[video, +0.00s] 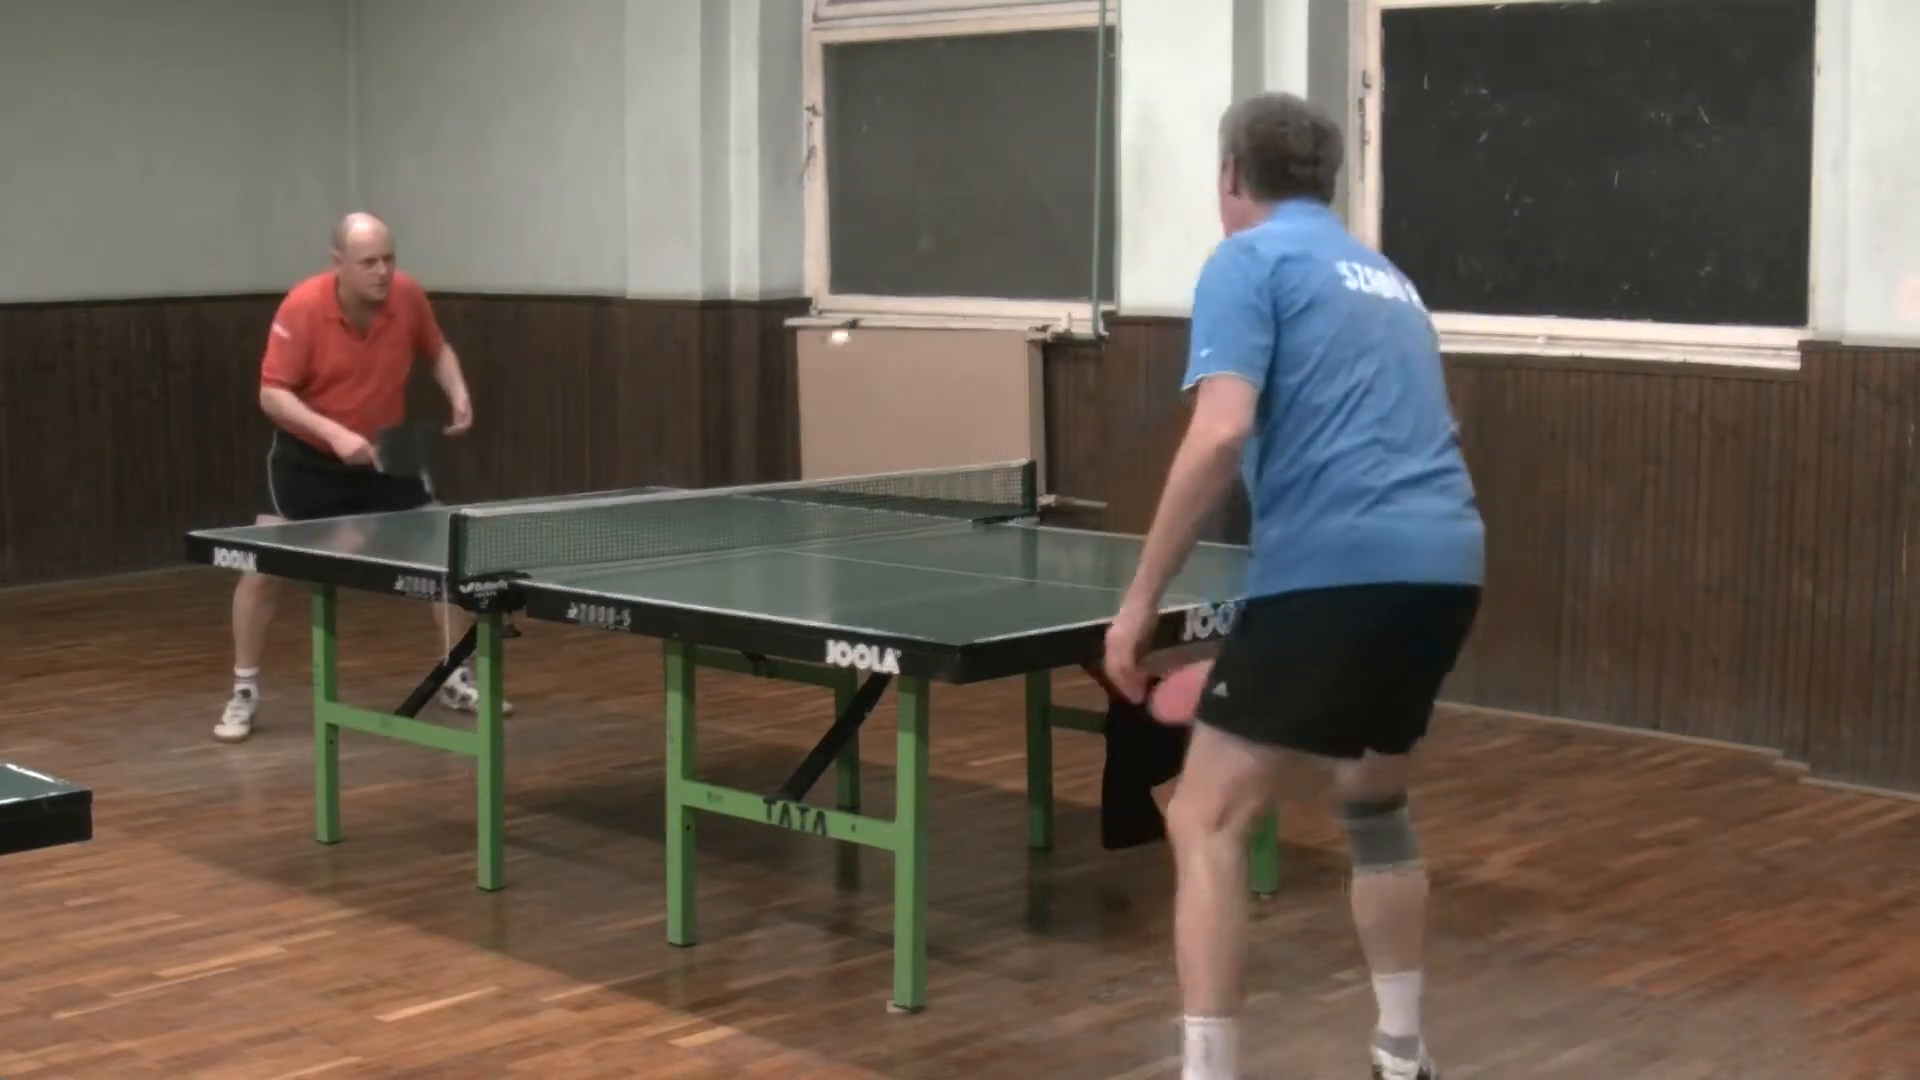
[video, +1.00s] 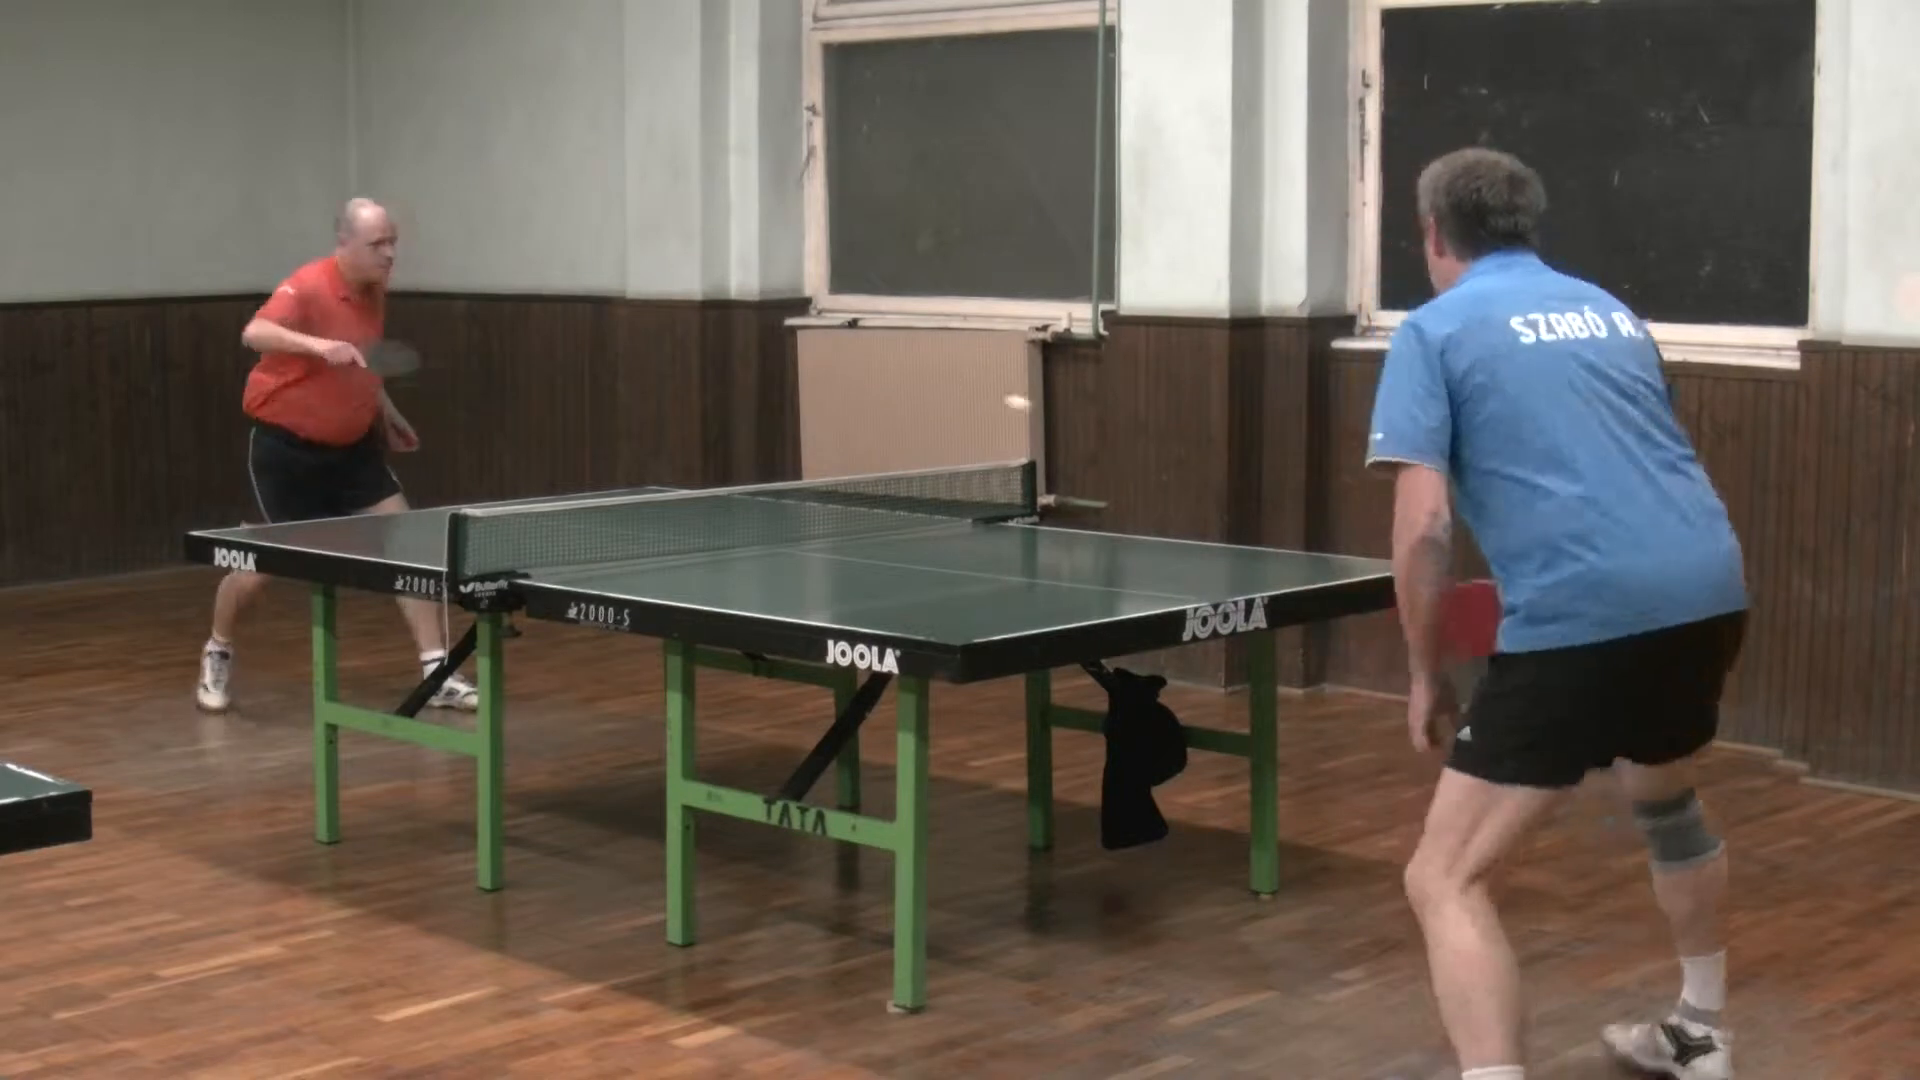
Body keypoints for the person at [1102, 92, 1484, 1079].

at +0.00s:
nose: (1218, 196)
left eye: (1219, 180)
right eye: (1219, 181)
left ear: (1235, 181)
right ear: (1326, 183)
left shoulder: (1246, 262)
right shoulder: (1381, 271)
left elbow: (1221, 434)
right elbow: (1366, 468)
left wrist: (1141, 601)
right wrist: (1245, 642)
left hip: (1332, 572)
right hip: (1445, 570)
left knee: (1205, 815)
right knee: (1375, 800)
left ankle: (1207, 1066)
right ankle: (1402, 1056)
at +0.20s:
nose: (1252, 152)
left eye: (1255, 136)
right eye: (1255, 136)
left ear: (1272, 145)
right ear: (1368, 148)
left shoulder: (1275, 248)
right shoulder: (1430, 251)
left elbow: (1256, 444)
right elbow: (1487, 439)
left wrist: (1194, 605)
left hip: (1348, 590)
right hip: (1473, 583)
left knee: (1307, 849)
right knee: (1418, 814)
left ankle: (1376, 1066)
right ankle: (1406, 1047)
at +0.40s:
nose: (1298, 166)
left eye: (1302, 151)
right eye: (1303, 151)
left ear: (1318, 157)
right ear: (1413, 158)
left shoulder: (1302, 265)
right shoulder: (1483, 260)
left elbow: (1269, 468)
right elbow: (1518, 434)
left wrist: (1228, 618)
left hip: (1381, 600)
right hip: (1515, 583)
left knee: (1321, 861)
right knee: (1507, 772)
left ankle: (1379, 1070)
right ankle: (1554, 1023)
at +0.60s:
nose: (1352, 183)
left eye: (1351, 167)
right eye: (1356, 167)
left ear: (1368, 168)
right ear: (1456, 167)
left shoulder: (1369, 268)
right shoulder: (1529, 263)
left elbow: (1349, 456)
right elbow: (1538, 439)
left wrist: (1291, 616)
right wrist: (1425, 557)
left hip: (1468, 594)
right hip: (1592, 580)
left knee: (1373, 848)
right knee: (1586, 810)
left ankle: (1394, 1070)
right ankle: (1659, 1042)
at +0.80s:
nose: (1369, 212)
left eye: (1369, 195)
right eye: (1368, 195)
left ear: (1390, 193)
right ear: (1479, 186)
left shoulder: (1411, 284)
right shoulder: (1552, 270)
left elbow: (1410, 476)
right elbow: (1584, 469)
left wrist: (1362, 638)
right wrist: (1478, 583)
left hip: (1552, 577)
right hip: (1660, 564)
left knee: (1460, 852)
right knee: (1610, 803)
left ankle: (1492, 1072)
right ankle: (1663, 1045)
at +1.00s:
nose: (1422, 250)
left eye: (1422, 236)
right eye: (1422, 236)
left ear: (1438, 240)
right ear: (1530, 229)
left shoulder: (1434, 329)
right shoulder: (1610, 309)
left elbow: (1422, 524)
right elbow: (1651, 463)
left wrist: (1426, 671)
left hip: (1580, 619)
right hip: (1710, 598)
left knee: (1442, 877)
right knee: (1663, 791)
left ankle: (1493, 1070)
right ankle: (1702, 1024)